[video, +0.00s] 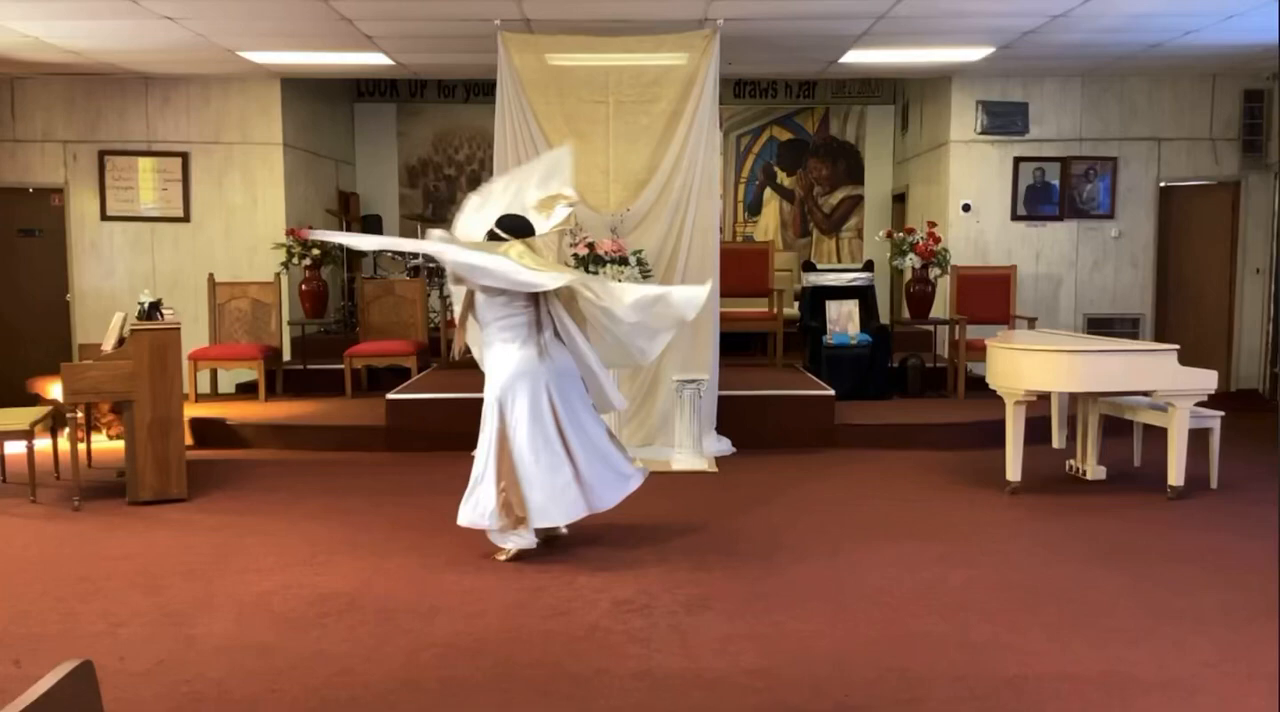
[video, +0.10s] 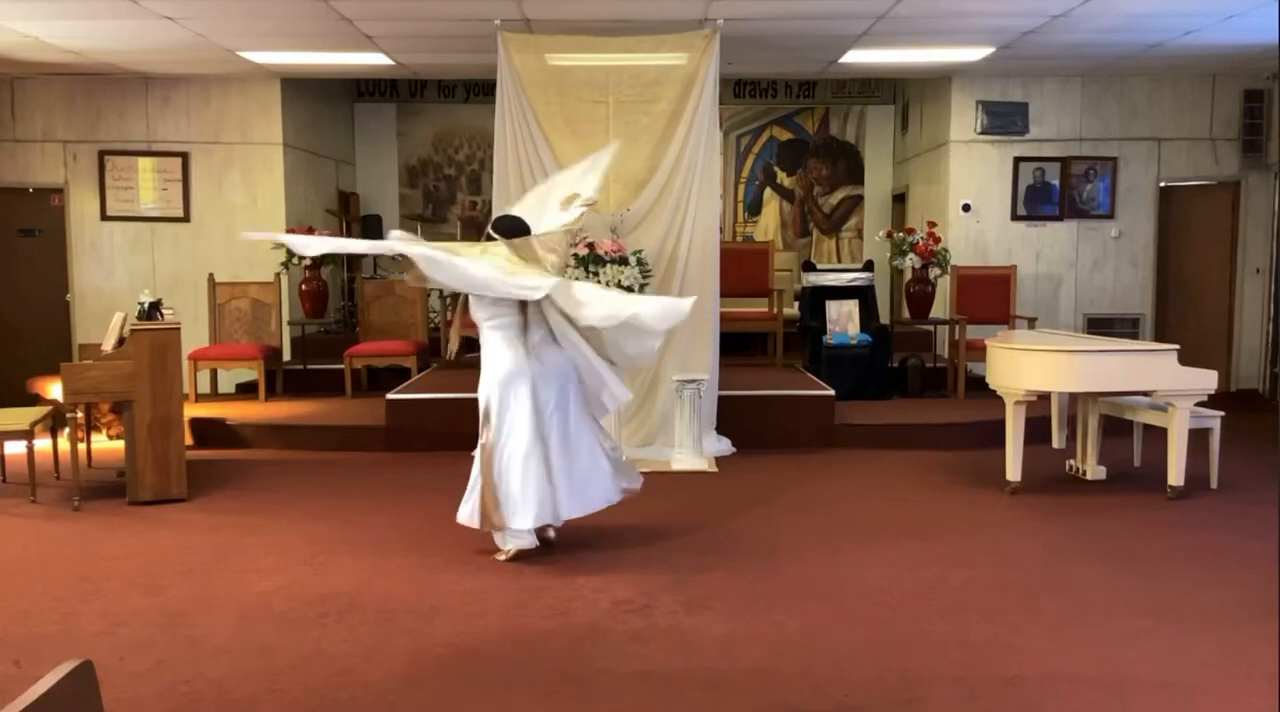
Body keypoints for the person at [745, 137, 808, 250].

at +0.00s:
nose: (777, 158)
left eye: (782, 155)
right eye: (778, 154)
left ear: (795, 157)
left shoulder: (805, 177)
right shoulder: (772, 175)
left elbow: (798, 199)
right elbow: (753, 212)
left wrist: (772, 183)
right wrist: (762, 184)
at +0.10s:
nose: (777, 158)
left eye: (782, 155)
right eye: (778, 154)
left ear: (795, 157)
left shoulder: (805, 177)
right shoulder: (772, 175)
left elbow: (799, 199)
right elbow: (753, 212)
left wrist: (772, 183)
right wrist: (762, 184)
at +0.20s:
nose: (777, 158)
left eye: (782, 155)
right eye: (778, 154)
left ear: (795, 157)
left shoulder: (805, 177)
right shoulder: (772, 175)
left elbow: (798, 199)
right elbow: (753, 212)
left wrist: (772, 183)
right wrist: (762, 184)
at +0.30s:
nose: (777, 158)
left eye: (782, 155)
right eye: (778, 154)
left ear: (795, 157)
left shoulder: (805, 177)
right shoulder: (772, 175)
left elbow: (798, 199)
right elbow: (753, 212)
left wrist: (772, 183)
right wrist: (762, 184)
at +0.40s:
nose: (777, 158)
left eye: (782, 155)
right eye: (778, 154)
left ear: (795, 157)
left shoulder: (805, 177)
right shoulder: (772, 175)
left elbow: (798, 199)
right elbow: (753, 212)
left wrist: (772, 183)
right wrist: (762, 184)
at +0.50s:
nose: (777, 158)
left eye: (782, 155)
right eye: (778, 154)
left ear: (795, 157)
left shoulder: (805, 177)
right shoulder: (772, 175)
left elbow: (798, 199)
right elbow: (753, 212)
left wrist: (772, 183)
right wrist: (762, 184)